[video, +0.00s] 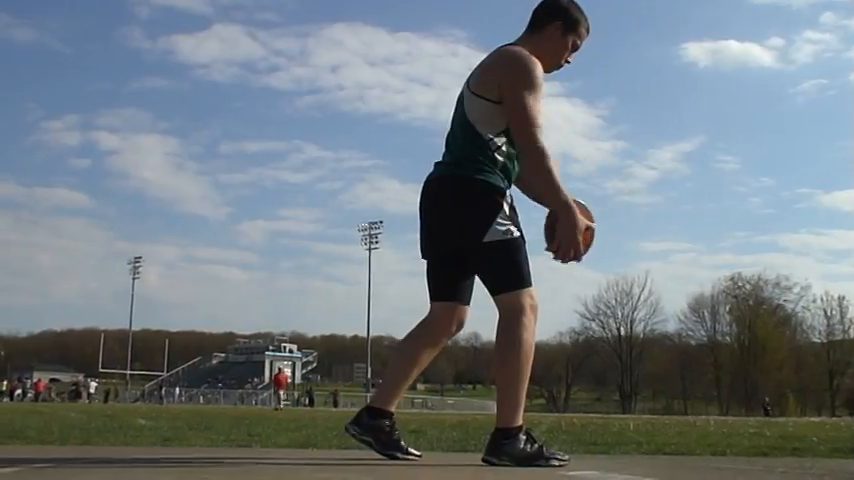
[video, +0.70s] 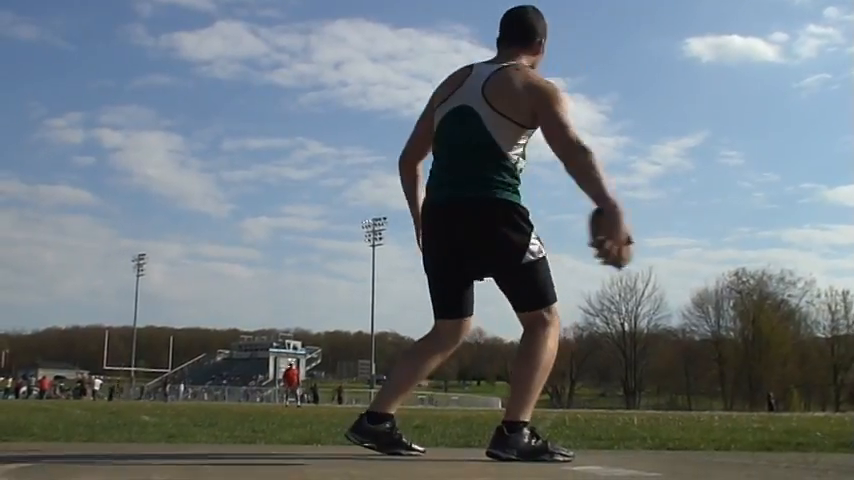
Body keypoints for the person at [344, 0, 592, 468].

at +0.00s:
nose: (571, 58)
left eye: (577, 51)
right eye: (574, 46)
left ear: (545, 27)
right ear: (555, 29)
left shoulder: (498, 66)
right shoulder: (520, 64)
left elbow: (515, 163)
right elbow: (529, 142)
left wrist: (566, 206)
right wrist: (565, 206)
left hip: (444, 193)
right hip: (480, 194)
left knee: (447, 316)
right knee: (520, 307)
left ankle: (375, 416)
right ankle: (510, 436)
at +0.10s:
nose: (575, 58)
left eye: (581, 51)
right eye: (578, 46)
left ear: (552, 29)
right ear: (559, 29)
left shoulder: (516, 73)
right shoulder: (518, 63)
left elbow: (519, 167)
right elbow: (501, 137)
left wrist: (552, 220)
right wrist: (507, 206)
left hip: (450, 197)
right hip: (478, 196)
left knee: (456, 317)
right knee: (525, 307)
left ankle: (379, 413)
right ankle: (511, 435)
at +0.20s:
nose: (577, 60)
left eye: (582, 52)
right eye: (580, 48)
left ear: (557, 32)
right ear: (562, 32)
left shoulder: (522, 78)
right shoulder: (516, 62)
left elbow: (518, 167)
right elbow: (475, 121)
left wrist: (538, 231)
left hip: (456, 201)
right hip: (482, 201)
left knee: (464, 321)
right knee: (532, 307)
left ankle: (382, 410)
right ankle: (511, 435)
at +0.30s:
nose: (577, 65)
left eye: (582, 57)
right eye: (581, 53)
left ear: (559, 37)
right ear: (564, 36)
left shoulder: (526, 85)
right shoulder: (513, 63)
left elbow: (512, 169)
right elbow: (453, 109)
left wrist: (519, 222)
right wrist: (395, 149)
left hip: (457, 203)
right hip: (480, 202)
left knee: (472, 324)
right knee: (541, 308)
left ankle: (385, 409)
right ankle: (511, 435)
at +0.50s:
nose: (573, 72)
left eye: (577, 63)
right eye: (576, 60)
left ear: (537, 44)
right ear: (563, 49)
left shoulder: (504, 80)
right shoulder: (524, 78)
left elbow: (456, 129)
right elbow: (464, 115)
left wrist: (397, 161)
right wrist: (401, 146)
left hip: (449, 215)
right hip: (490, 212)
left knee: (469, 333)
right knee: (555, 317)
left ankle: (380, 413)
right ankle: (512, 434)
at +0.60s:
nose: (561, 66)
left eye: (563, 58)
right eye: (563, 57)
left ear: (517, 47)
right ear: (556, 52)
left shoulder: (474, 89)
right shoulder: (536, 87)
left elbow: (434, 165)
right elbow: (511, 136)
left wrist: (436, 214)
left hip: (443, 222)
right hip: (493, 214)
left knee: (463, 334)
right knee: (554, 322)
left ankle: (377, 416)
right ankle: (513, 433)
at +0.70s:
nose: (542, 55)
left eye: (539, 49)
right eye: (544, 49)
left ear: (498, 41)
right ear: (538, 47)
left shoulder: (455, 81)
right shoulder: (538, 87)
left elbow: (410, 158)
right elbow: (569, 146)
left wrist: (420, 217)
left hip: (439, 217)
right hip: (496, 214)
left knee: (450, 328)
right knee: (543, 323)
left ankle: (377, 417)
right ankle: (514, 431)